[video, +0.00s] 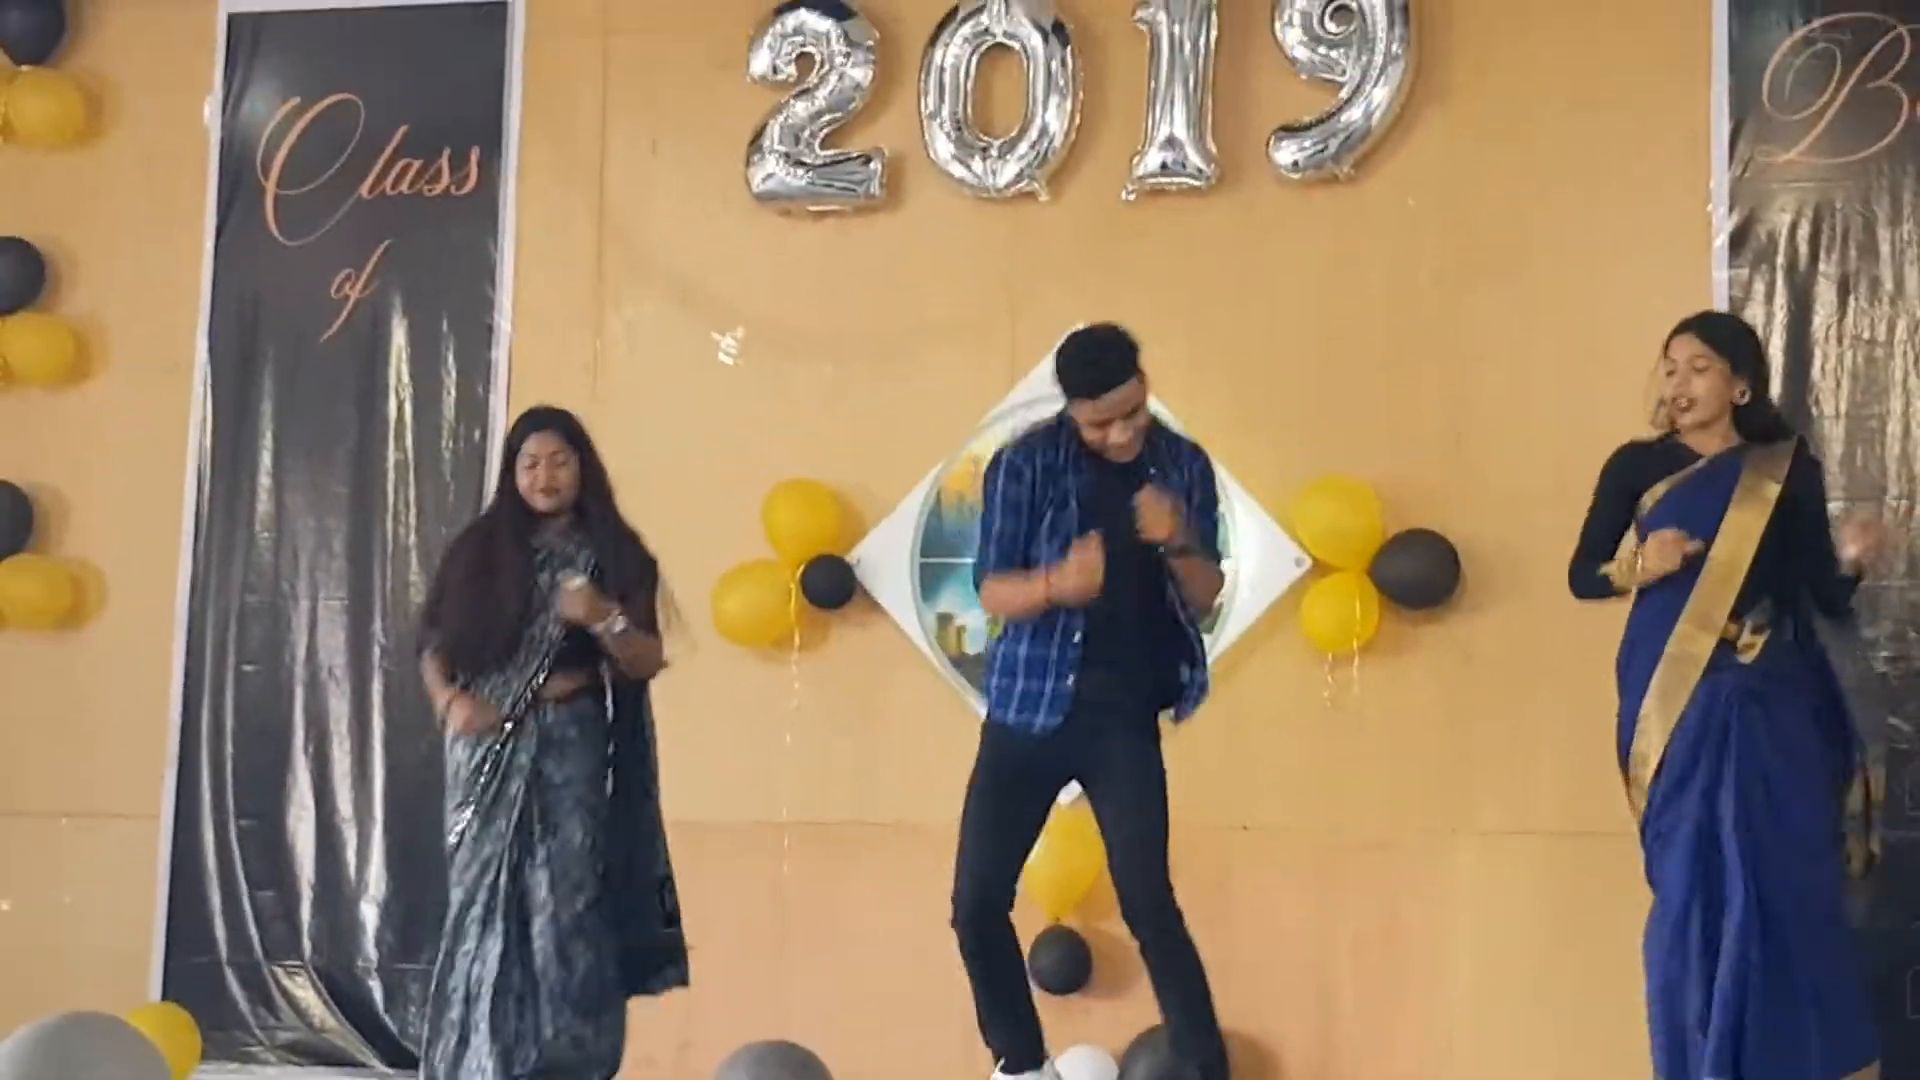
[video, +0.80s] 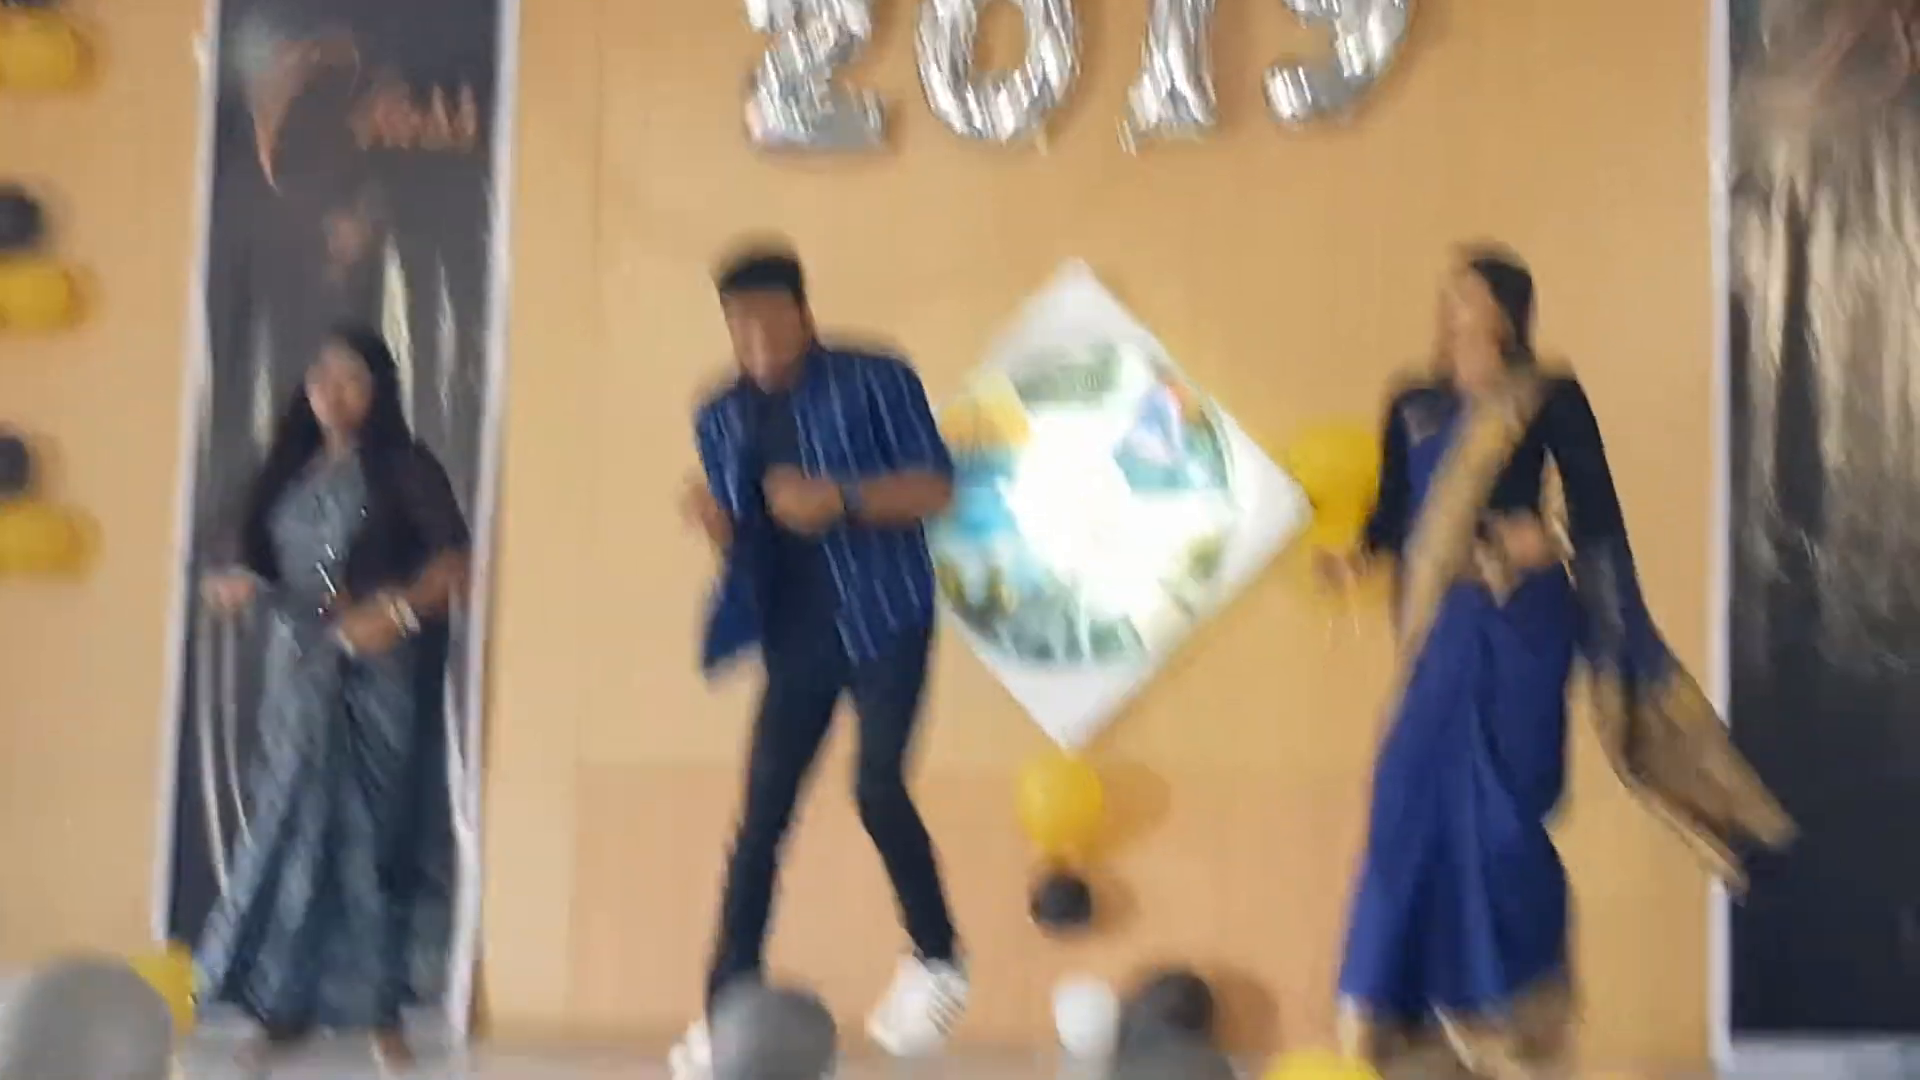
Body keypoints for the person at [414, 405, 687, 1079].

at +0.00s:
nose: (544, 474)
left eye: (559, 460)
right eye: (530, 463)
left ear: (583, 469)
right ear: (513, 475)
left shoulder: (619, 553)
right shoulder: (479, 549)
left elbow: (647, 660)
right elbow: (432, 647)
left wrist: (603, 621)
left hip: (577, 746)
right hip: (487, 748)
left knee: (571, 914)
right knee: (485, 911)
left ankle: (569, 1062)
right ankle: (482, 1062)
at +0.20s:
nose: (481, 521)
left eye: (497, 506)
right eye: (470, 509)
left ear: (530, 512)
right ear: (459, 521)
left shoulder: (589, 587)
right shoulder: (451, 602)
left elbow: (632, 682)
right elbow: (428, 697)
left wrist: (568, 711)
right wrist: (420, 751)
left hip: (550, 797)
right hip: (464, 797)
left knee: (543, 954)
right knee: (427, 945)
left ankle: (539, 1069)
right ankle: (455, 1068)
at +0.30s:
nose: (445, 530)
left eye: (460, 516)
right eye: (434, 520)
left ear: (494, 522)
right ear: (423, 534)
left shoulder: (545, 592)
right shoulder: (420, 618)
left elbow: (609, 686)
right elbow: (404, 718)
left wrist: (551, 740)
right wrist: (394, 763)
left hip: (522, 803)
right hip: (437, 808)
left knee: (519, 966)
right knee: (418, 962)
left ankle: (516, 1068)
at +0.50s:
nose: (382, 532)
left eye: (399, 521)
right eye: (371, 521)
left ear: (427, 536)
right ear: (357, 536)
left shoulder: (469, 617)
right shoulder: (339, 625)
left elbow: (526, 706)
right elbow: (322, 723)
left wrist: (490, 762)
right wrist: (295, 755)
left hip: (442, 823)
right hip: (356, 823)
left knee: (441, 983)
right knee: (340, 977)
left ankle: (447, 1073)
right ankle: (338, 1072)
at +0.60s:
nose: (361, 502)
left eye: (379, 492)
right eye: (351, 491)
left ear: (407, 508)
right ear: (337, 505)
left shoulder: (442, 585)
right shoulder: (316, 590)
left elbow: (503, 673)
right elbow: (291, 688)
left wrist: (457, 722)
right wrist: (254, 693)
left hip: (417, 788)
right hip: (334, 789)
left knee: (420, 949)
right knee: (325, 945)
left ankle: (428, 1069)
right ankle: (322, 1068)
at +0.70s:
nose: (348, 450)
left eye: (365, 439)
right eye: (338, 438)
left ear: (392, 453)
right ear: (320, 452)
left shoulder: (425, 528)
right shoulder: (297, 534)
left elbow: (482, 615)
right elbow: (258, 636)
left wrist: (427, 665)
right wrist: (232, 623)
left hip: (402, 742)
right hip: (318, 743)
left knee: (399, 905)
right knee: (312, 899)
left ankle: (397, 1059)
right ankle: (306, 1056)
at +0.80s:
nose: (333, 391)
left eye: (350, 378)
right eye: (322, 377)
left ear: (377, 389)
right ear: (306, 387)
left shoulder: (406, 467)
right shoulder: (285, 470)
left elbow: (454, 561)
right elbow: (255, 558)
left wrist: (395, 611)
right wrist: (234, 580)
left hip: (383, 671)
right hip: (299, 667)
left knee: (379, 831)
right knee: (293, 820)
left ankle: (384, 1009)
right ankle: (279, 1004)